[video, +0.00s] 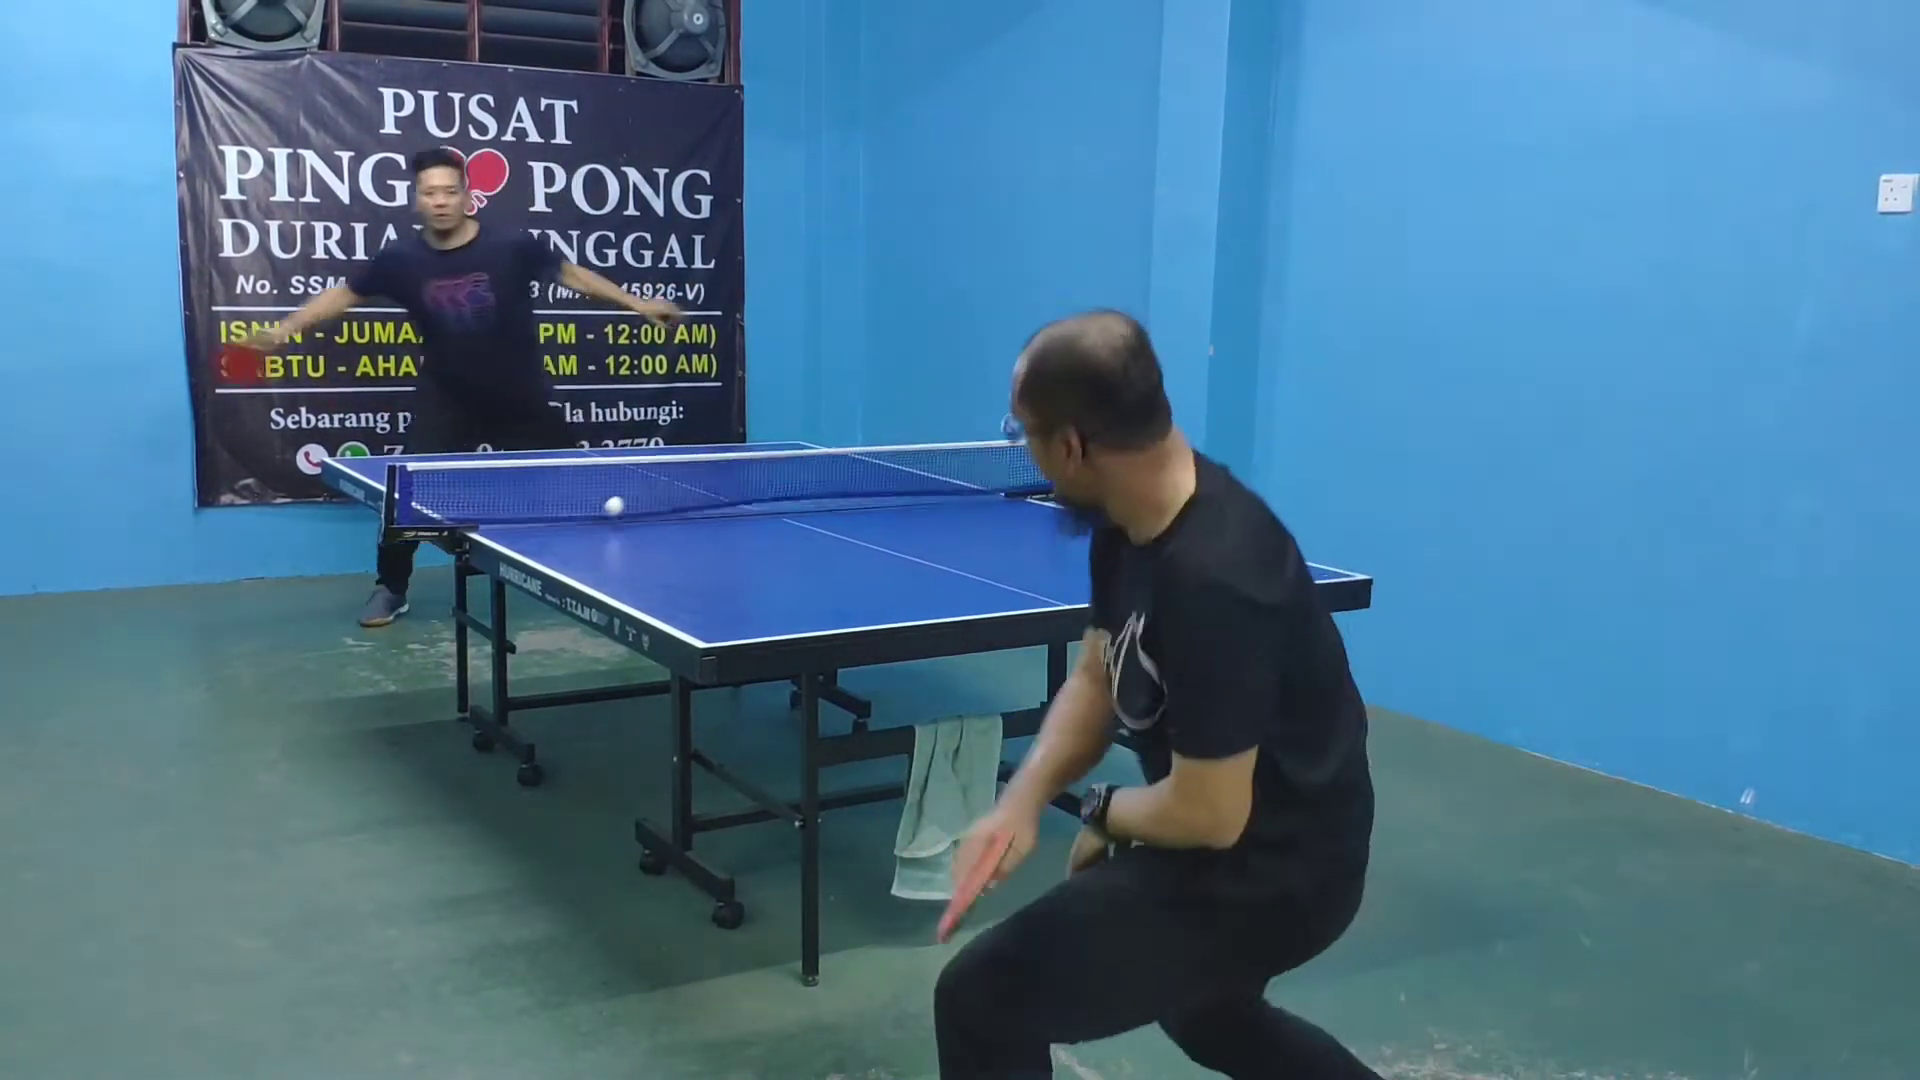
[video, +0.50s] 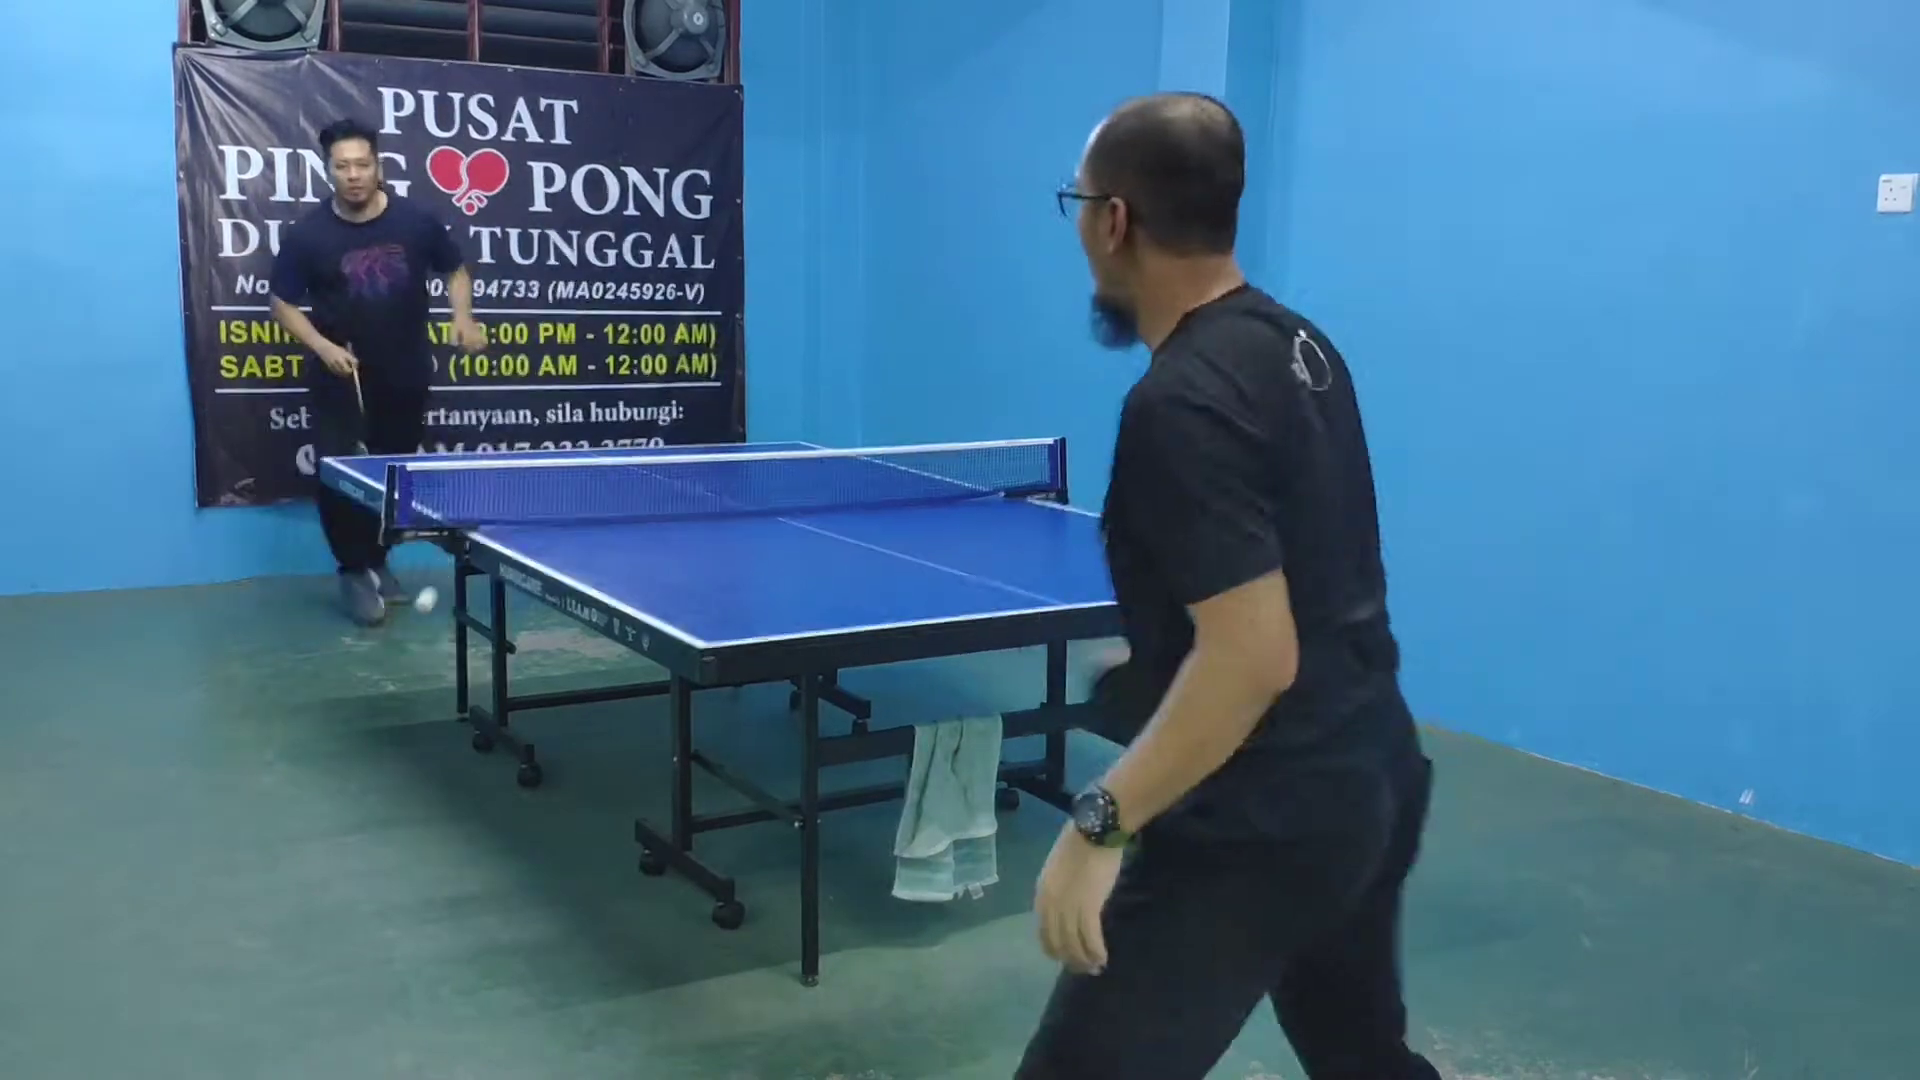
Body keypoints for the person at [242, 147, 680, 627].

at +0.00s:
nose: (439, 202)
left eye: (448, 193)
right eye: (429, 194)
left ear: (469, 197)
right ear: (417, 203)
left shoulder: (512, 245)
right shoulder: (400, 263)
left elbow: (576, 276)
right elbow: (342, 297)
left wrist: (639, 304)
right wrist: (286, 330)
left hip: (519, 397)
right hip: (447, 402)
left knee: (577, 482)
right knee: (410, 488)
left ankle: (611, 580)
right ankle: (390, 587)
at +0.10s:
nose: (400, 210)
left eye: (409, 200)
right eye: (390, 202)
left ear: (429, 204)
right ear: (377, 210)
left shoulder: (473, 248)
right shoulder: (364, 267)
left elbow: (526, 269)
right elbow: (301, 299)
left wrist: (582, 293)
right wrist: (249, 339)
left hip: (493, 389)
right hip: (418, 399)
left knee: (553, 467)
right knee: (393, 485)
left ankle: (582, 570)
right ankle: (390, 587)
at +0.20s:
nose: (375, 207)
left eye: (384, 196)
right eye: (364, 198)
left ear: (403, 196)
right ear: (352, 205)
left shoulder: (445, 236)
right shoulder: (340, 261)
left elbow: (500, 267)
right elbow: (290, 318)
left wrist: (554, 302)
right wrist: (298, 368)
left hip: (462, 375)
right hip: (391, 386)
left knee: (508, 462)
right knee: (381, 479)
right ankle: (385, 585)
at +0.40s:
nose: (357, 177)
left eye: (366, 166)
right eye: (347, 168)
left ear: (383, 168)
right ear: (334, 175)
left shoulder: (423, 214)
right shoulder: (317, 237)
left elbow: (471, 258)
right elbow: (292, 306)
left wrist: (508, 311)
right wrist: (333, 350)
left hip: (428, 368)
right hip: (361, 376)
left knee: (441, 465)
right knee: (366, 477)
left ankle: (423, 545)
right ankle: (380, 581)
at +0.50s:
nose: (353, 175)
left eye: (362, 164)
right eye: (343, 166)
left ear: (378, 166)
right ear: (329, 171)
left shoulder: (415, 221)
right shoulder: (308, 233)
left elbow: (455, 267)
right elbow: (281, 303)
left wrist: (463, 317)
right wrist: (321, 346)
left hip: (403, 369)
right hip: (339, 373)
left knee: (395, 466)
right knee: (339, 469)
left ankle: (377, 559)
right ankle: (354, 570)